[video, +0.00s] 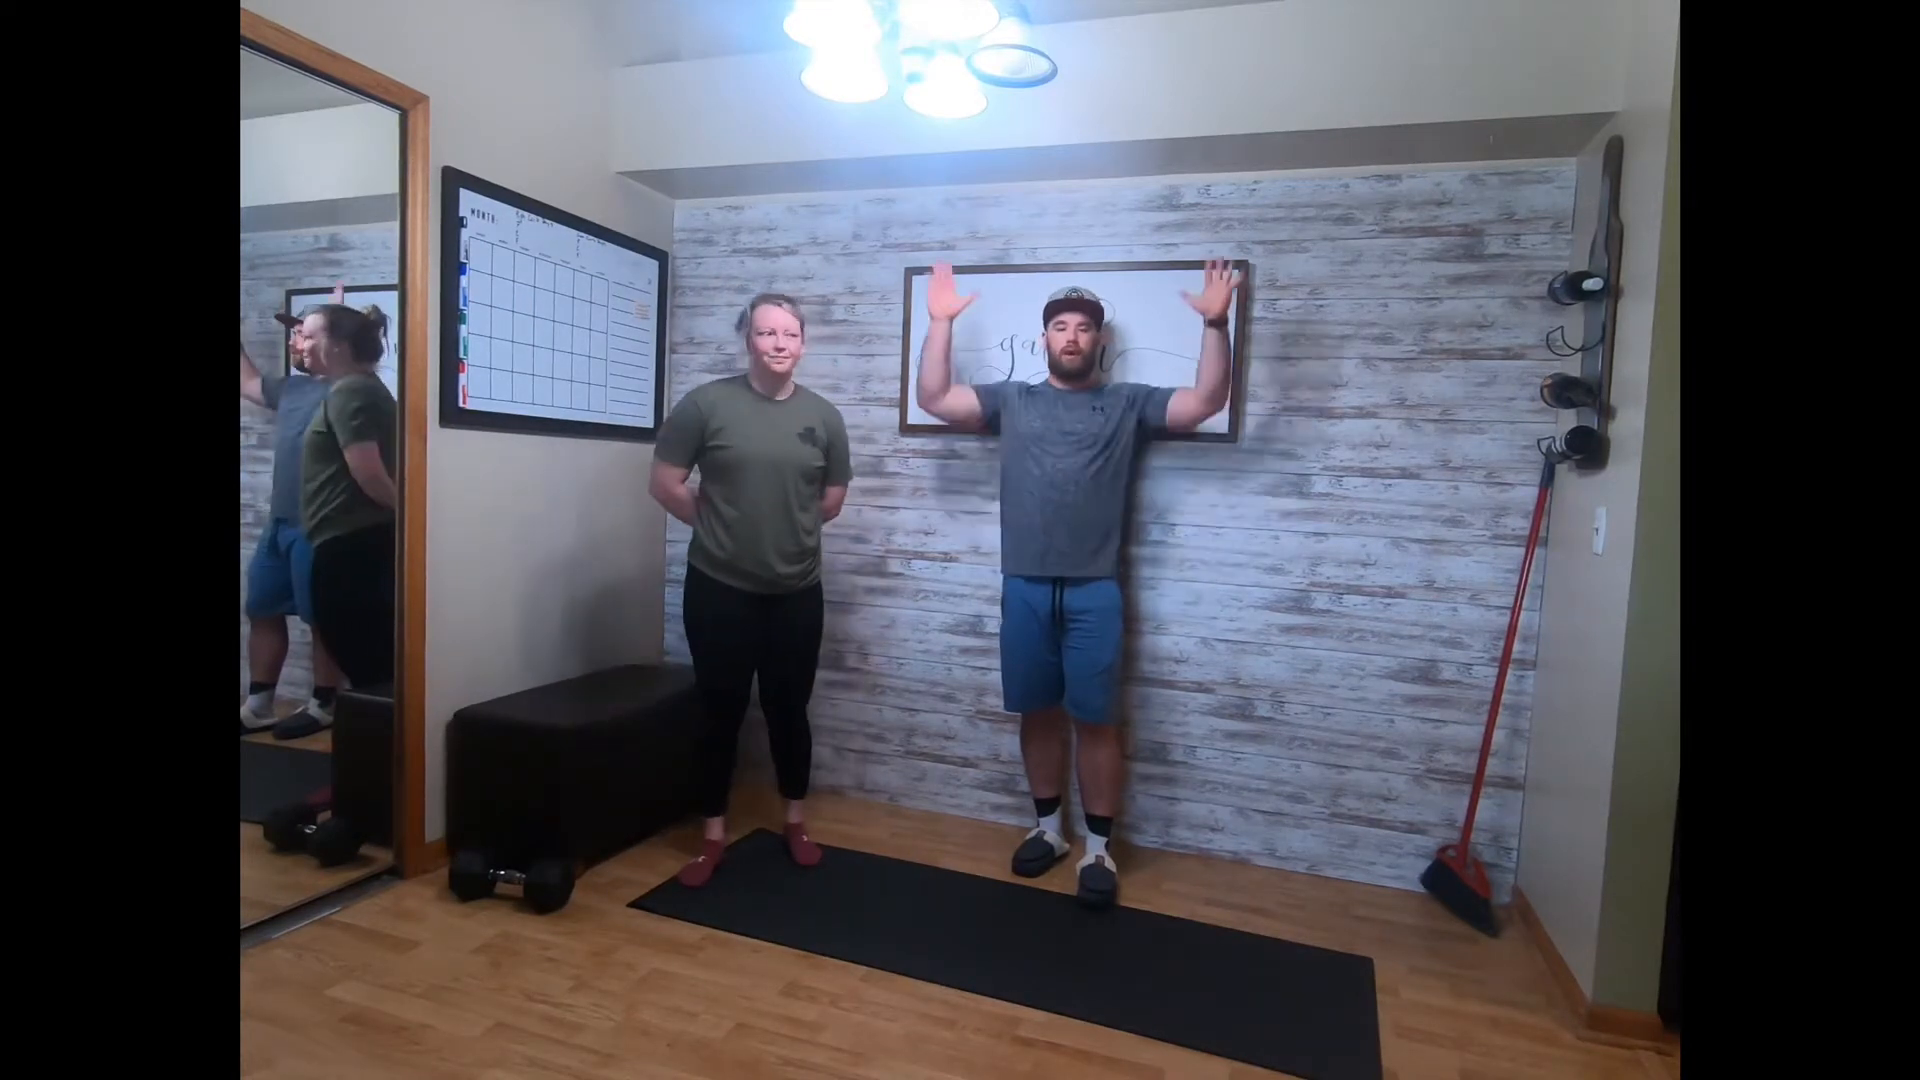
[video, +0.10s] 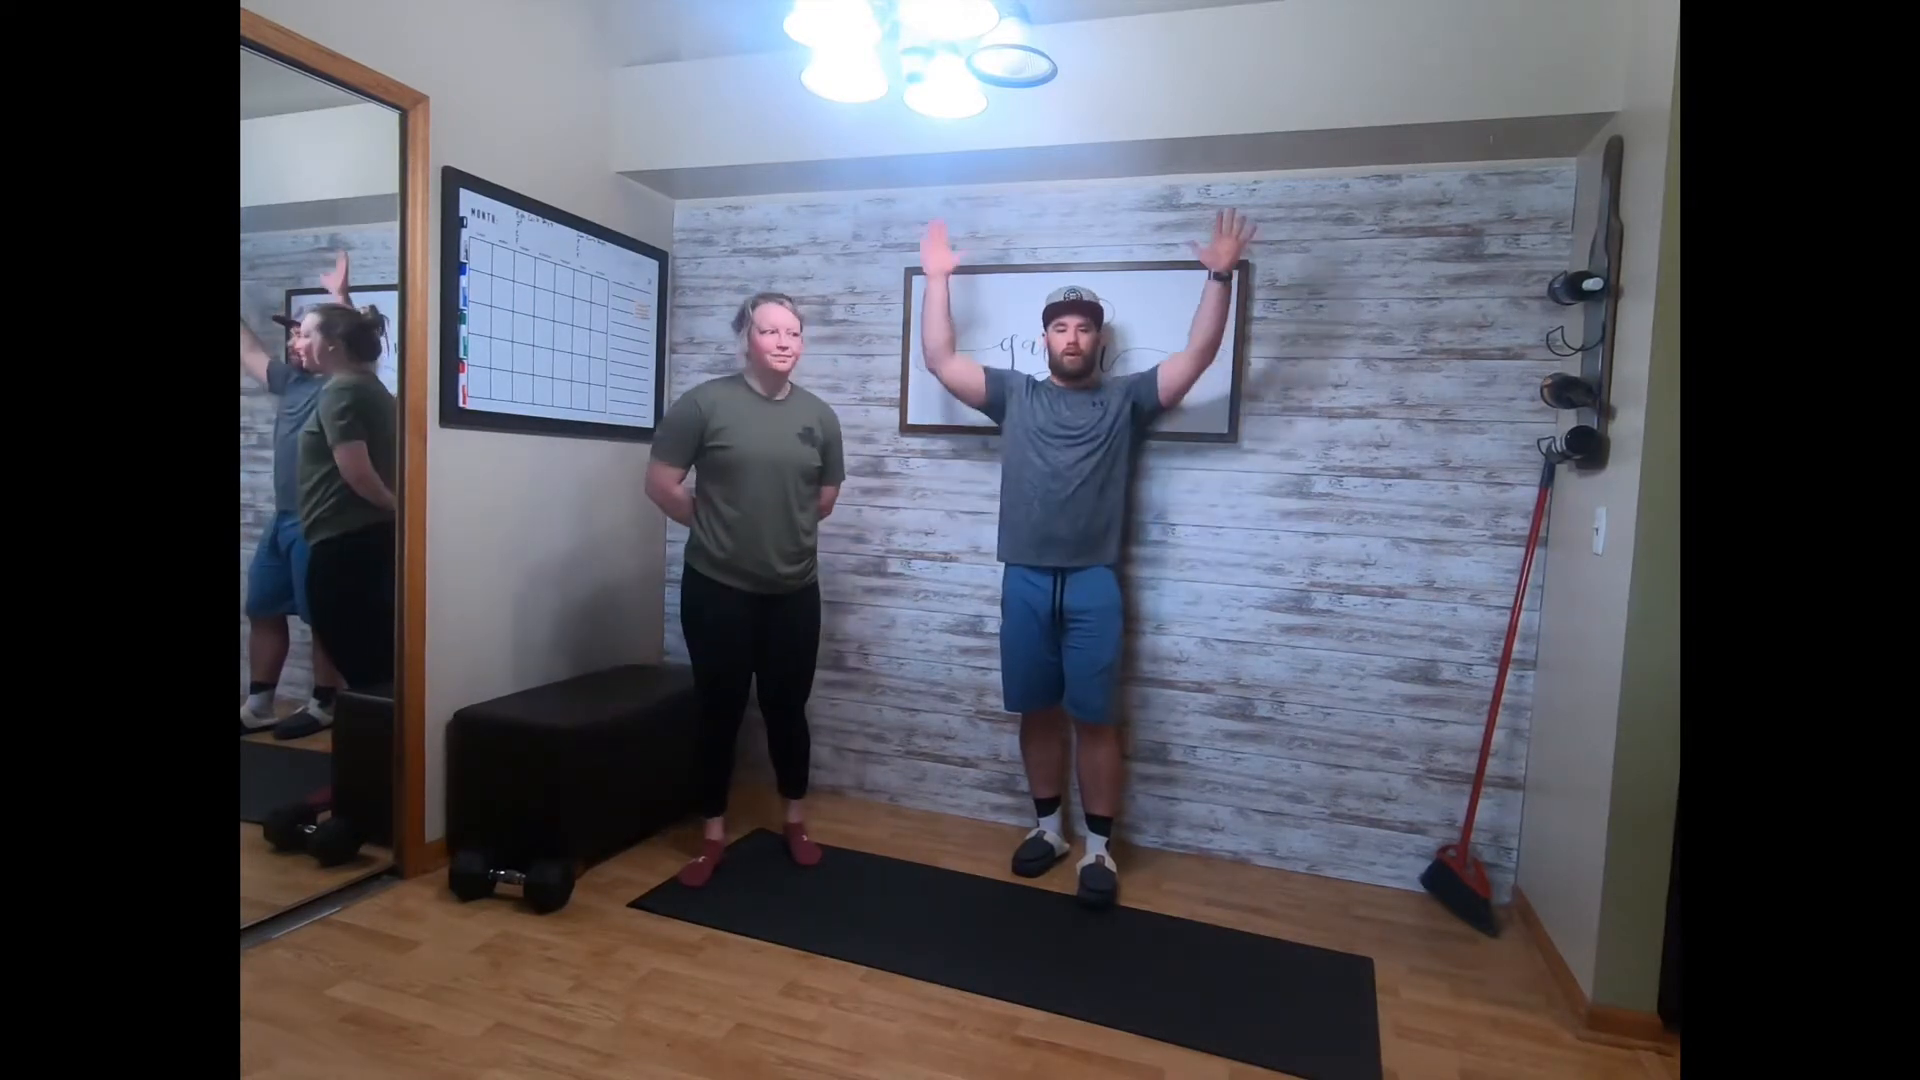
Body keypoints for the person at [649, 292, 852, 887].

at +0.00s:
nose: (779, 343)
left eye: (789, 334)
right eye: (768, 334)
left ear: (803, 342)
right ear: (747, 341)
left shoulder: (824, 417)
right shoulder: (706, 404)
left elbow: (831, 501)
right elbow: (665, 483)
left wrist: (780, 524)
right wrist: (719, 523)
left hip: (794, 591)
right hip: (718, 586)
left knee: (789, 711)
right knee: (718, 714)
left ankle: (795, 822)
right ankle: (714, 835)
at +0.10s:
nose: (783, 341)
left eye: (792, 332)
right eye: (770, 331)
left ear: (802, 344)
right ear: (745, 340)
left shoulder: (820, 418)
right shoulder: (703, 404)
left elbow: (826, 495)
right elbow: (661, 483)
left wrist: (779, 524)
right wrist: (716, 523)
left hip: (792, 590)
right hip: (717, 586)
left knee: (787, 709)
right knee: (718, 712)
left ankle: (794, 820)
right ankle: (713, 835)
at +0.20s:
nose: (787, 341)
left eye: (794, 332)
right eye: (773, 331)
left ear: (802, 343)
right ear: (745, 339)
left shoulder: (816, 417)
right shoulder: (702, 404)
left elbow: (822, 492)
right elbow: (659, 484)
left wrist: (781, 527)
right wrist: (715, 525)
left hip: (790, 589)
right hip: (716, 585)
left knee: (787, 709)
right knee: (718, 711)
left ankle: (794, 821)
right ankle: (713, 835)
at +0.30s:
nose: (789, 340)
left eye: (795, 331)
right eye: (774, 330)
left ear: (801, 342)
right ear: (744, 340)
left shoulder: (813, 417)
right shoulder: (702, 404)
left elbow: (818, 493)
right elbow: (659, 486)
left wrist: (777, 528)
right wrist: (715, 526)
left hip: (790, 589)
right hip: (716, 586)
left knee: (787, 710)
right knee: (717, 712)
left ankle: (794, 821)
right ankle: (714, 835)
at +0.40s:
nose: (789, 340)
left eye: (795, 331)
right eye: (775, 330)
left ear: (801, 342)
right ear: (744, 339)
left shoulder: (813, 417)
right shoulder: (702, 404)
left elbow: (816, 494)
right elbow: (659, 486)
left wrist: (777, 529)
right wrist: (715, 527)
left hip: (791, 589)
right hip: (717, 586)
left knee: (788, 710)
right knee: (717, 712)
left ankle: (794, 821)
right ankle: (714, 835)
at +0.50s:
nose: (790, 340)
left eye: (795, 330)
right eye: (775, 330)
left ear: (801, 342)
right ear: (744, 340)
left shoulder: (814, 417)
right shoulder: (703, 405)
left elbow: (818, 495)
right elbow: (661, 487)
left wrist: (777, 528)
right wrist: (717, 526)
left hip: (793, 589)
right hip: (719, 586)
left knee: (789, 709)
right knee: (718, 711)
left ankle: (795, 821)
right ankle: (713, 835)